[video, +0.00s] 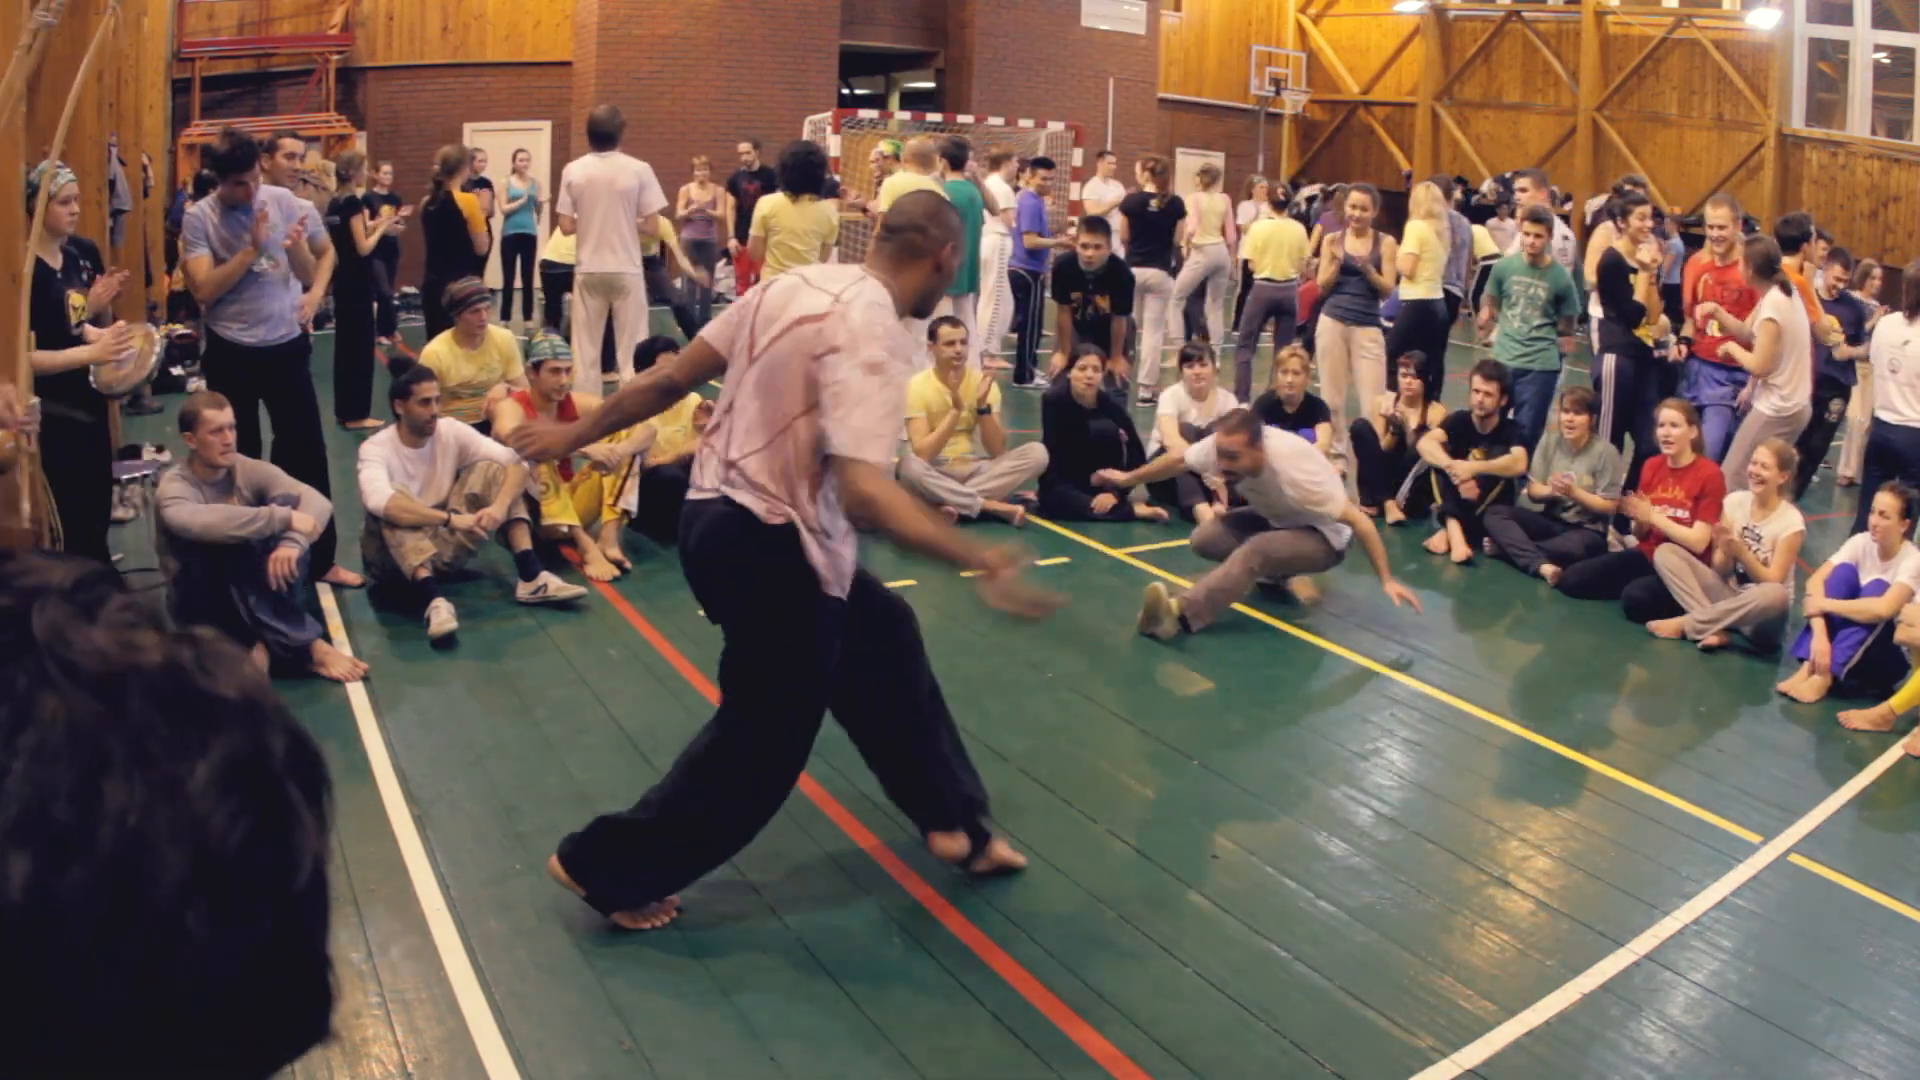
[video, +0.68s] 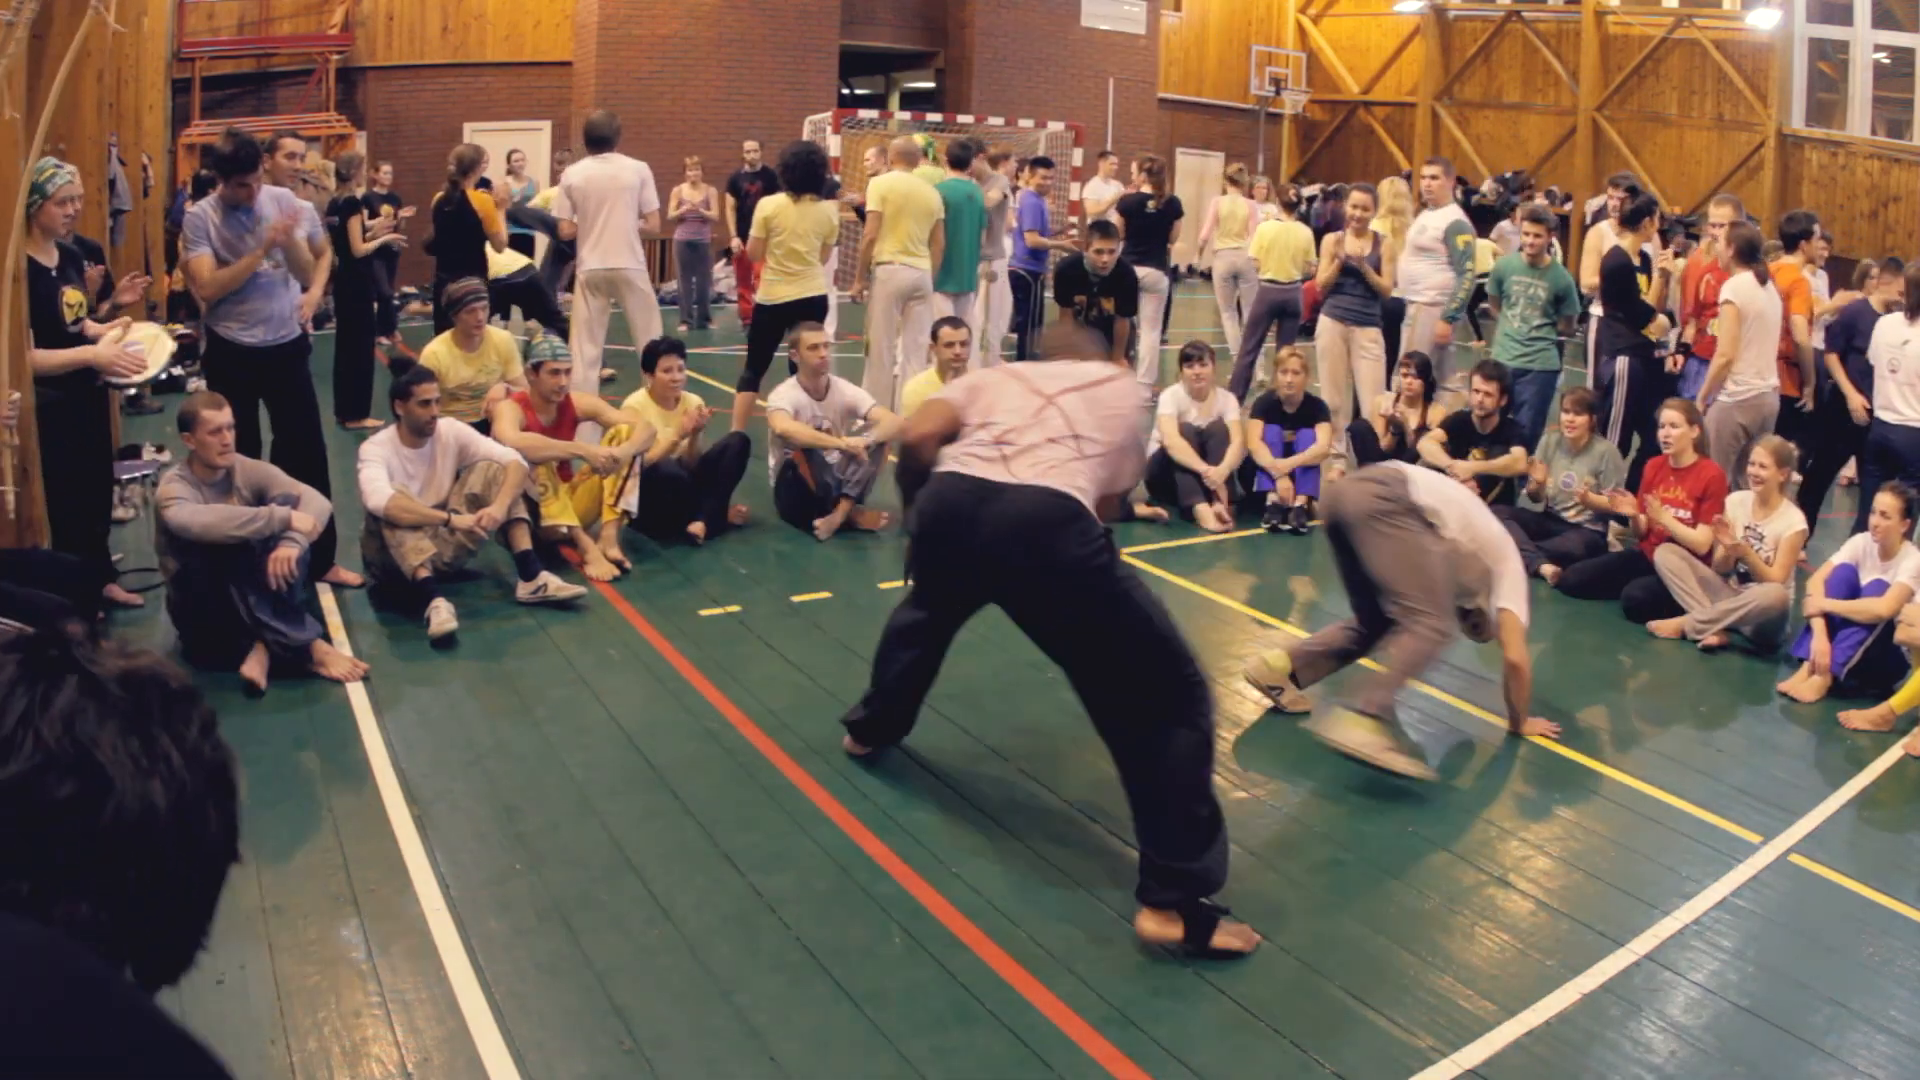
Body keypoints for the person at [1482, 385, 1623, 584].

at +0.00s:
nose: (1569, 419)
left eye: (1577, 414)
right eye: (1565, 412)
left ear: (1591, 419)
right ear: (1558, 414)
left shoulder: (1606, 452)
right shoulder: (1549, 441)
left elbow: (1611, 506)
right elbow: (1533, 490)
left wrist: (1574, 492)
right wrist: (1551, 489)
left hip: (1584, 529)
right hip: (1547, 519)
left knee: (1574, 548)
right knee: (1494, 514)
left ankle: (1510, 550)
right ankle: (1539, 566)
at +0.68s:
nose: (1570, 420)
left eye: (1578, 414)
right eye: (1566, 412)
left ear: (1592, 420)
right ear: (1559, 415)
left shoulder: (1606, 451)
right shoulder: (1550, 441)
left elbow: (1617, 505)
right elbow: (1533, 497)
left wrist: (1589, 499)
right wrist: (1536, 484)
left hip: (1585, 529)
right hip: (1549, 518)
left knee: (1574, 548)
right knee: (1497, 512)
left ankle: (1510, 553)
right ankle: (1539, 565)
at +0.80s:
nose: (1572, 419)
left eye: (1580, 414)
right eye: (1567, 412)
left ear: (1593, 419)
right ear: (1560, 415)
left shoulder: (1607, 452)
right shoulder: (1549, 441)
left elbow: (1609, 505)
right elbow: (1534, 489)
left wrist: (1574, 490)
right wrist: (1553, 491)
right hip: (1551, 516)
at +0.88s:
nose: (1572, 419)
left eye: (1580, 414)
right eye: (1568, 412)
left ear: (1594, 419)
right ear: (1561, 414)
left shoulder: (1607, 452)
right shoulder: (1549, 441)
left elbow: (1613, 504)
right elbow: (1533, 483)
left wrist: (1581, 493)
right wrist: (1557, 483)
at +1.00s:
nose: (1572, 420)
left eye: (1580, 414)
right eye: (1568, 412)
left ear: (1594, 420)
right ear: (1561, 414)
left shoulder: (1607, 452)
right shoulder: (1550, 440)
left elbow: (1615, 504)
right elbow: (1532, 494)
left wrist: (1586, 497)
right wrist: (1541, 487)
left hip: (1583, 522)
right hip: (1546, 514)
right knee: (1494, 513)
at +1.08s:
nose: (1574, 420)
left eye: (1581, 414)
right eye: (1569, 413)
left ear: (1594, 419)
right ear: (1562, 415)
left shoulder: (1607, 452)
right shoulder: (1549, 442)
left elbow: (1610, 505)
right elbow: (1532, 489)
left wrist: (1576, 492)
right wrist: (1554, 489)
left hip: (1586, 525)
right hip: (1548, 517)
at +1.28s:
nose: (1575, 420)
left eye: (1582, 415)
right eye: (1570, 413)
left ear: (1594, 419)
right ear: (1562, 416)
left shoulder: (1608, 453)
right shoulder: (1549, 441)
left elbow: (1615, 504)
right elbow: (1531, 486)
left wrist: (1583, 496)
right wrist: (1542, 485)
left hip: (1586, 527)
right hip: (1546, 519)